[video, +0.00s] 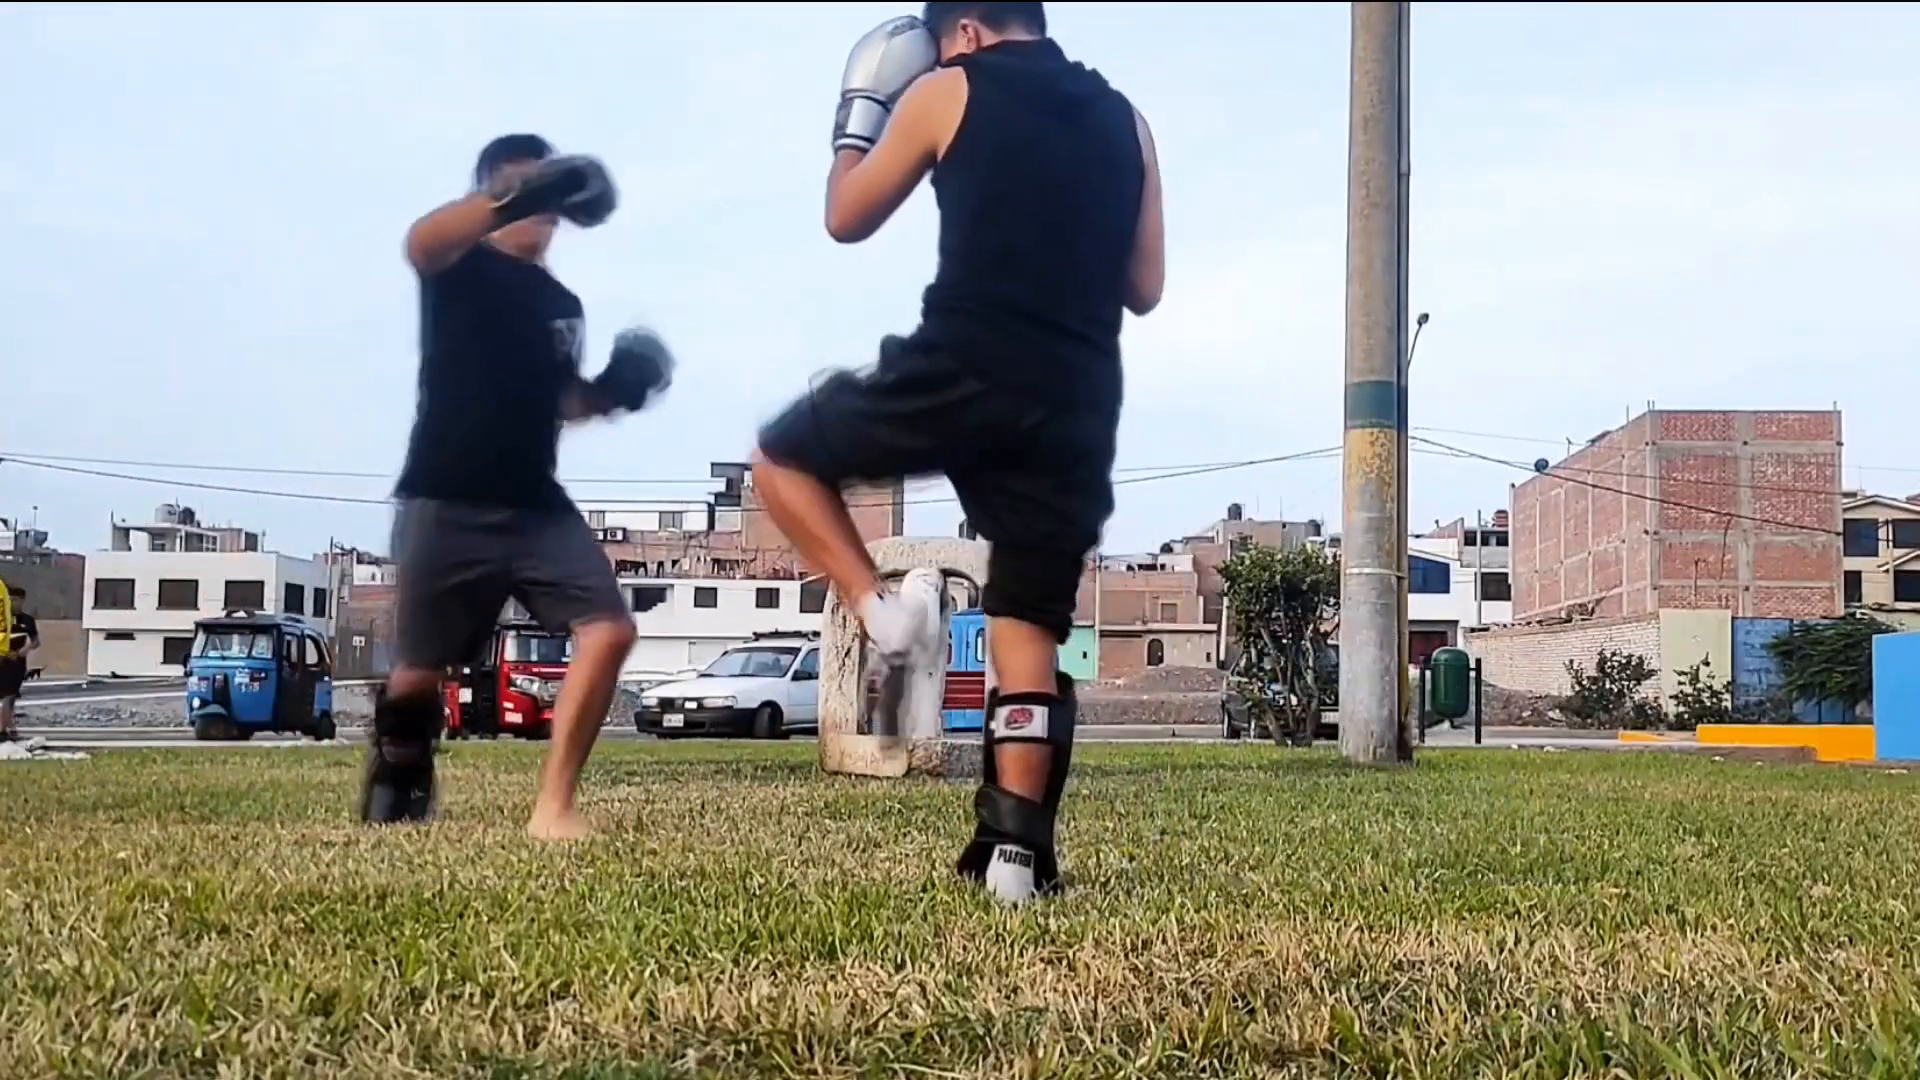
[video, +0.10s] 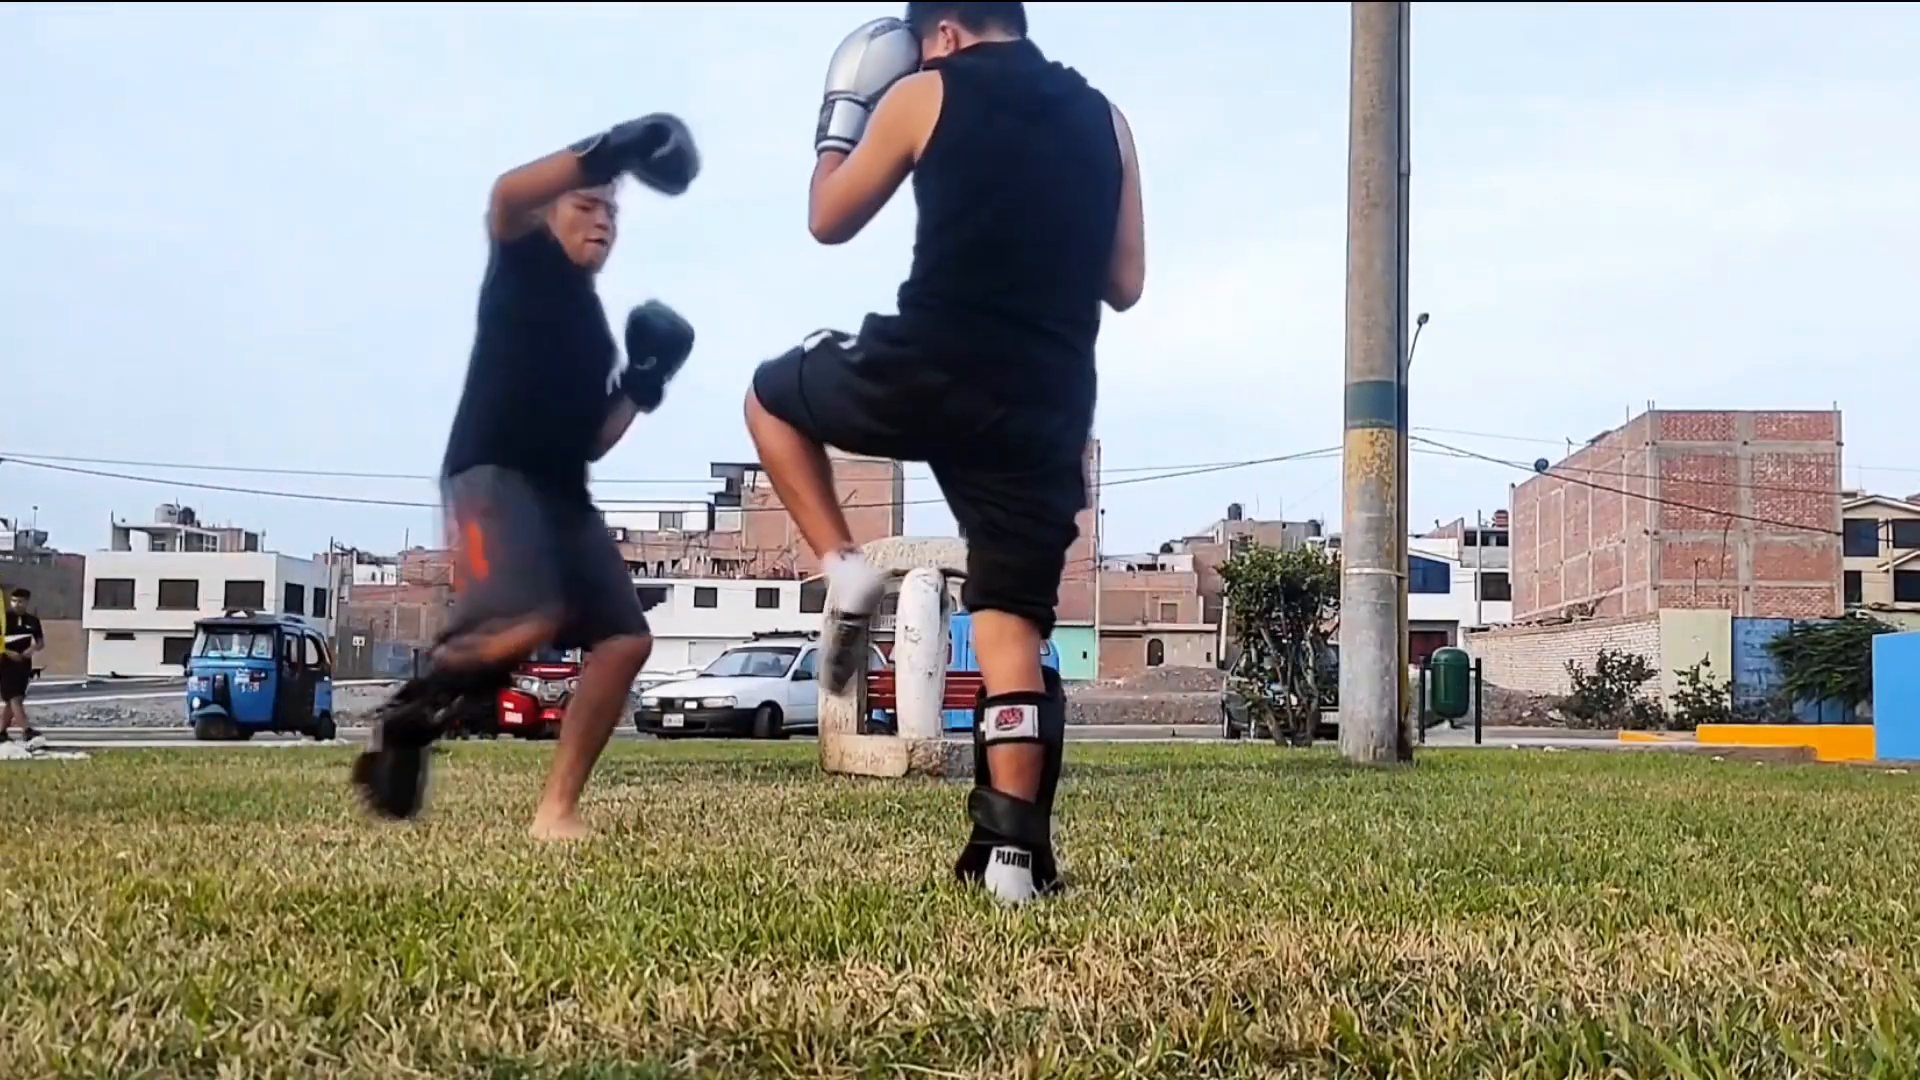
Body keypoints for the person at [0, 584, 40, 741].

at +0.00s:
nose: (13, 603)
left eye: (17, 600)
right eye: (11, 599)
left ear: (22, 601)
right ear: (7, 600)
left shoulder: (27, 620)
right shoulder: (5, 620)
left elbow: (35, 641)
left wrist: (22, 651)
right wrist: (8, 651)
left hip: (17, 661)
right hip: (4, 660)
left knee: (9, 698)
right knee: (8, 698)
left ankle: (4, 729)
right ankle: (10, 729)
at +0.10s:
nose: (17, 604)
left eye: (21, 601)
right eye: (14, 601)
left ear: (27, 603)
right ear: (10, 602)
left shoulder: (33, 621)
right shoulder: (6, 619)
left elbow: (40, 642)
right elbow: (2, 640)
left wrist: (30, 650)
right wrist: (8, 652)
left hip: (24, 661)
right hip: (7, 660)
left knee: (12, 699)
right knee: (15, 697)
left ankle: (3, 729)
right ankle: (26, 730)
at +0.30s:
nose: (26, 604)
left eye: (29, 601)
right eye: (23, 601)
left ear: (36, 603)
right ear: (19, 602)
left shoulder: (43, 620)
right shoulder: (12, 621)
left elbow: (50, 641)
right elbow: (3, 643)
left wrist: (42, 650)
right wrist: (22, 654)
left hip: (37, 661)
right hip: (19, 662)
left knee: (31, 699)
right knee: (28, 699)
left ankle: (9, 728)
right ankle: (33, 733)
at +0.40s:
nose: (31, 603)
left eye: (34, 599)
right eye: (27, 599)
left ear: (40, 601)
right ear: (23, 601)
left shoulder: (47, 618)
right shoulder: (18, 618)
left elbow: (54, 638)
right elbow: (7, 640)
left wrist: (50, 648)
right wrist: (30, 651)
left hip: (43, 661)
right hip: (25, 662)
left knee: (47, 699)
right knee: (30, 699)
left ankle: (22, 719)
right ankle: (33, 732)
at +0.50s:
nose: (35, 601)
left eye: (39, 598)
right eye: (32, 598)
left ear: (45, 599)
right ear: (28, 599)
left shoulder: (51, 617)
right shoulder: (22, 617)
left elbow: (58, 637)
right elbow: (14, 639)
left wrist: (55, 648)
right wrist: (39, 649)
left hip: (47, 662)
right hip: (29, 663)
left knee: (56, 696)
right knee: (31, 699)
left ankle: (38, 720)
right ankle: (33, 734)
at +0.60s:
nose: (42, 601)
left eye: (45, 598)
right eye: (38, 598)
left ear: (51, 599)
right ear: (34, 599)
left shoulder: (56, 617)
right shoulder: (26, 617)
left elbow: (61, 637)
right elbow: (19, 639)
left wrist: (60, 647)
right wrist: (45, 649)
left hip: (52, 663)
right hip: (33, 664)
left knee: (62, 694)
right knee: (33, 699)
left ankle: (53, 727)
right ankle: (34, 732)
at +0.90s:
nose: (61, 602)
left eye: (64, 599)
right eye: (58, 598)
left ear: (69, 601)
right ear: (53, 599)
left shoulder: (74, 620)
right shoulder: (44, 618)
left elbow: (76, 640)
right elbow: (35, 639)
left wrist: (74, 649)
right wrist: (60, 651)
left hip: (68, 664)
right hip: (48, 664)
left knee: (71, 699)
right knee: (43, 700)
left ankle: (73, 732)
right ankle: (36, 731)